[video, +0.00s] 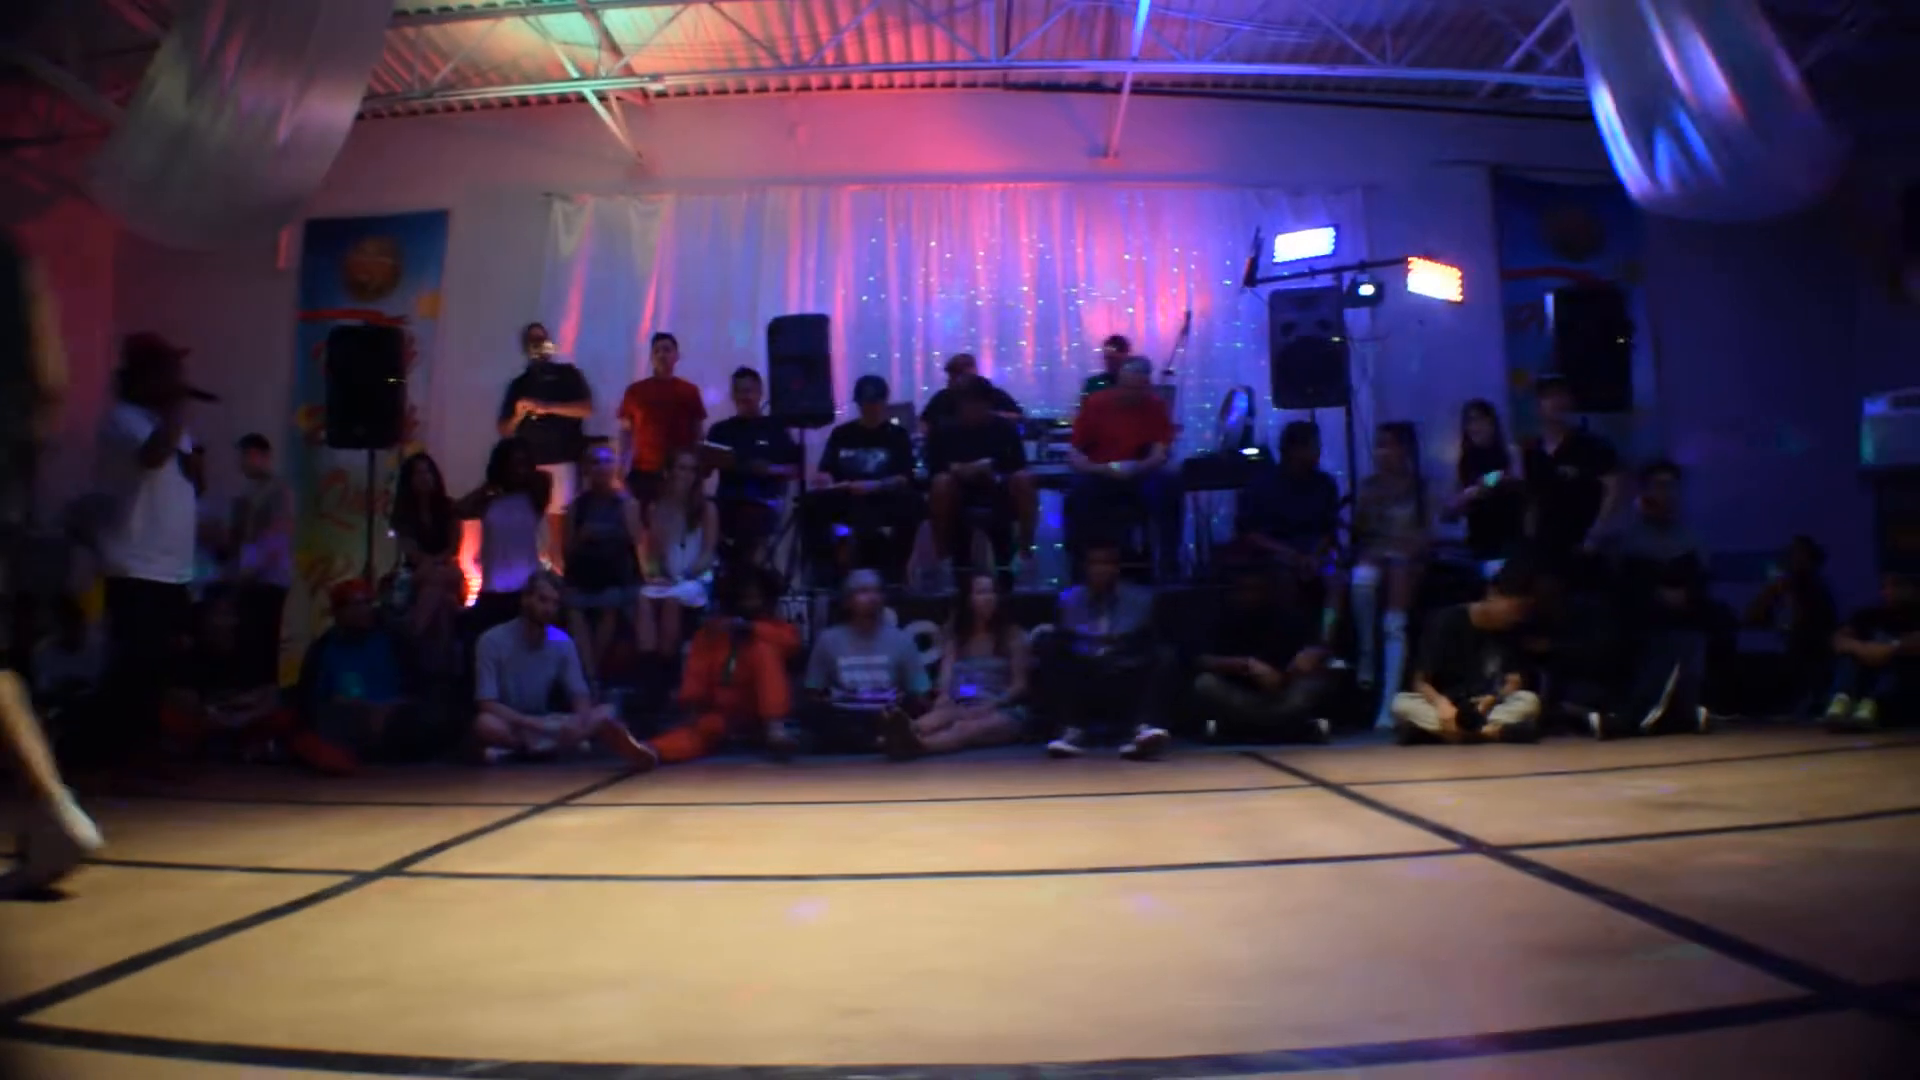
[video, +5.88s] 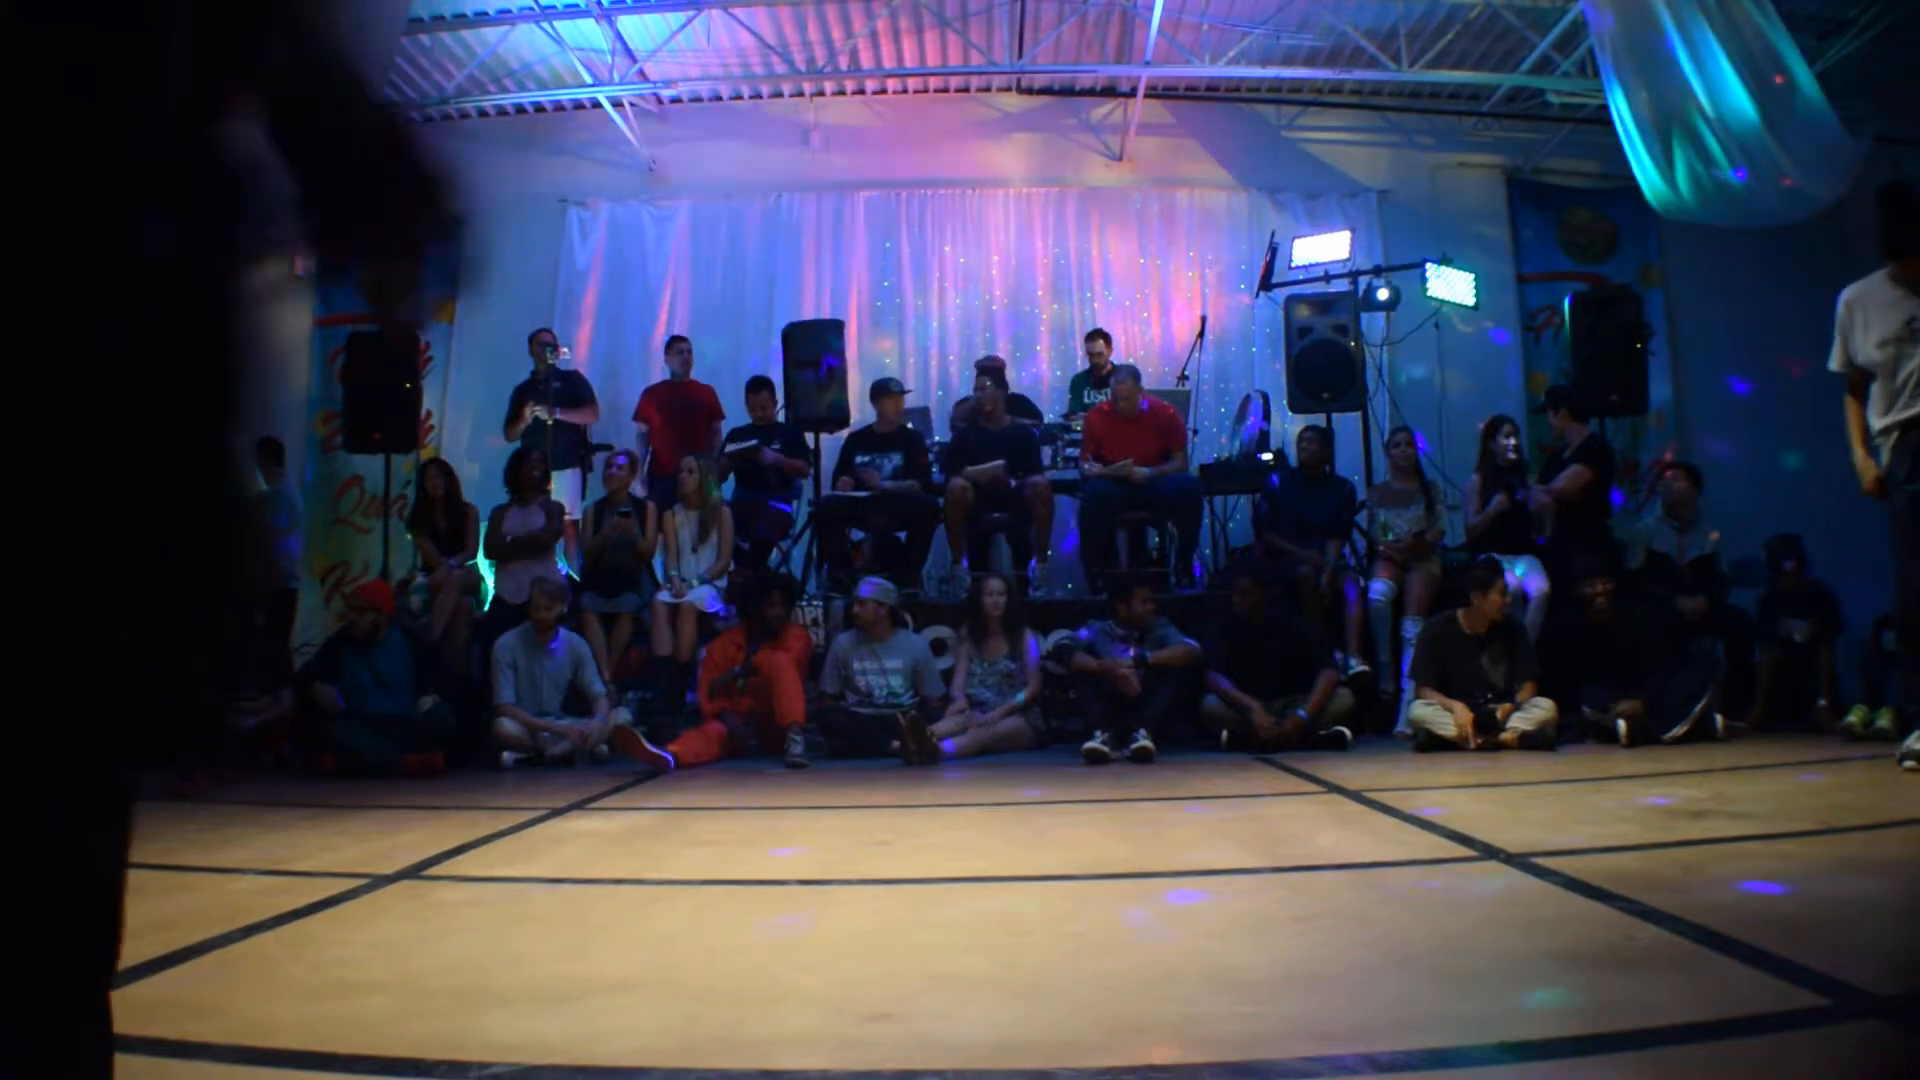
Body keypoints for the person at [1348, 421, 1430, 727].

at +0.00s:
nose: (1382, 454)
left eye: (1388, 447)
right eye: (1379, 447)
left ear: (1405, 451)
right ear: (1374, 451)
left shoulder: (1418, 487)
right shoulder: (1367, 487)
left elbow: (1428, 531)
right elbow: (1359, 529)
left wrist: (1408, 546)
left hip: (1405, 552)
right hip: (1373, 551)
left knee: (1394, 623)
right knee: (1362, 580)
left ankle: (1390, 705)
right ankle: (1365, 658)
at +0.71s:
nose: (1413, 452)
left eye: (1419, 445)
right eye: (1407, 446)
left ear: (1431, 450)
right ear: (1401, 452)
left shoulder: (1449, 491)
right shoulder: (1392, 492)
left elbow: (1457, 535)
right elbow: (1384, 534)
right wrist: (1396, 533)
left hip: (1431, 556)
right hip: (1398, 554)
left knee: (1418, 628)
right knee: (1386, 593)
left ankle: (1415, 702)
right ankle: (1393, 664)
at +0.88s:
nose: (1412, 449)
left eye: (1418, 443)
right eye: (1406, 444)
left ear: (1428, 448)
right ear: (1399, 450)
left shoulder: (1440, 487)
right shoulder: (1388, 488)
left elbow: (1447, 532)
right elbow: (1381, 530)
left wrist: (1437, 507)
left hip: (1426, 549)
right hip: (1394, 550)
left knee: (1415, 626)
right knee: (1382, 589)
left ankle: (1411, 707)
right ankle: (1389, 666)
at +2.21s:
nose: (1398, 454)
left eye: (1404, 448)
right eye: (1392, 449)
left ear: (1415, 453)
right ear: (1386, 455)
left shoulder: (1433, 489)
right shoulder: (1379, 492)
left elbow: (1444, 532)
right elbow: (1375, 532)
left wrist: (1418, 549)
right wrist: (1393, 543)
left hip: (1422, 557)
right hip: (1390, 556)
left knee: (1411, 629)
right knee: (1378, 597)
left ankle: (1408, 700)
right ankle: (1385, 668)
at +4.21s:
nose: (1399, 451)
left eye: (1405, 445)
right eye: (1393, 446)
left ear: (1415, 451)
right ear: (1386, 453)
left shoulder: (1430, 489)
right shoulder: (1377, 492)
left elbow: (1437, 531)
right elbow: (1373, 533)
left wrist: (1412, 546)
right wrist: (1387, 548)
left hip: (1420, 558)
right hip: (1388, 558)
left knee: (1412, 627)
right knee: (1379, 596)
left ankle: (1408, 697)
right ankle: (1386, 671)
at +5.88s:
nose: (1403, 451)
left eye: (1408, 445)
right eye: (1396, 446)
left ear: (1417, 451)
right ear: (1387, 453)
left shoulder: (1431, 489)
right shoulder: (1377, 492)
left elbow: (1439, 526)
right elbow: (1372, 532)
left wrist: (1418, 542)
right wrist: (1387, 547)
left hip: (1420, 554)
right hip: (1387, 554)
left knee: (1412, 628)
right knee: (1377, 596)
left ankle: (1408, 703)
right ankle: (1384, 671)